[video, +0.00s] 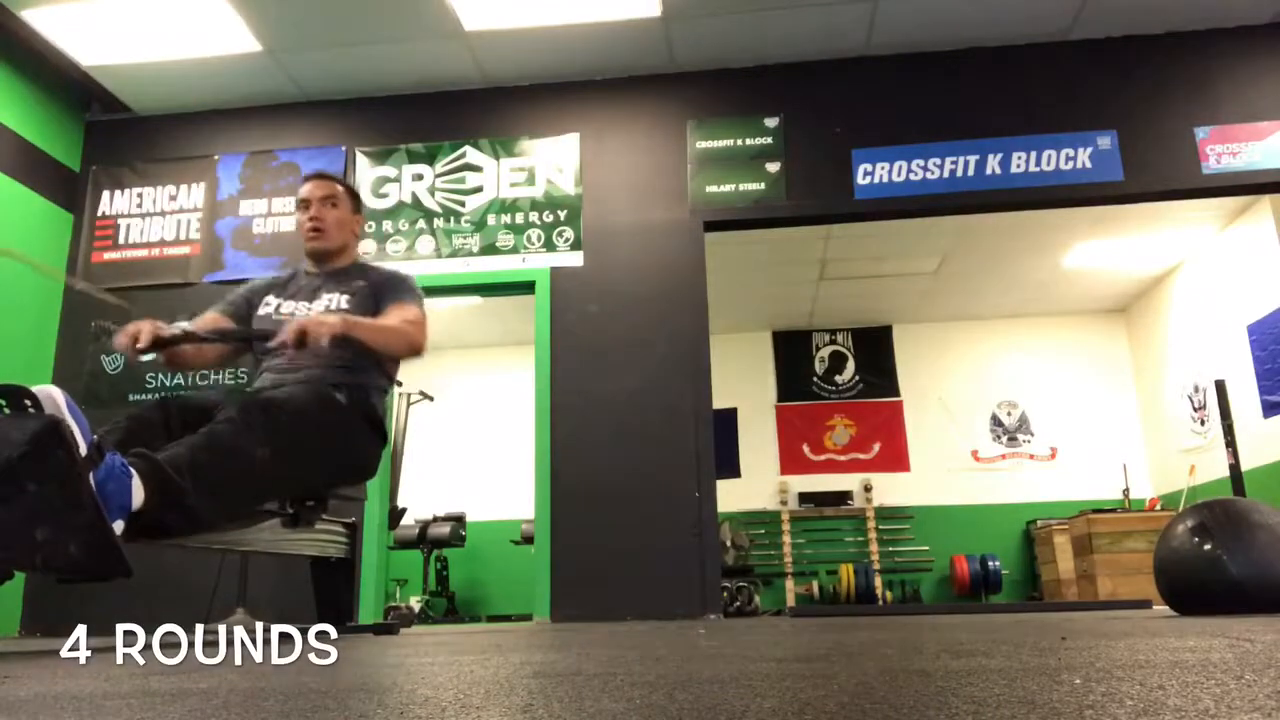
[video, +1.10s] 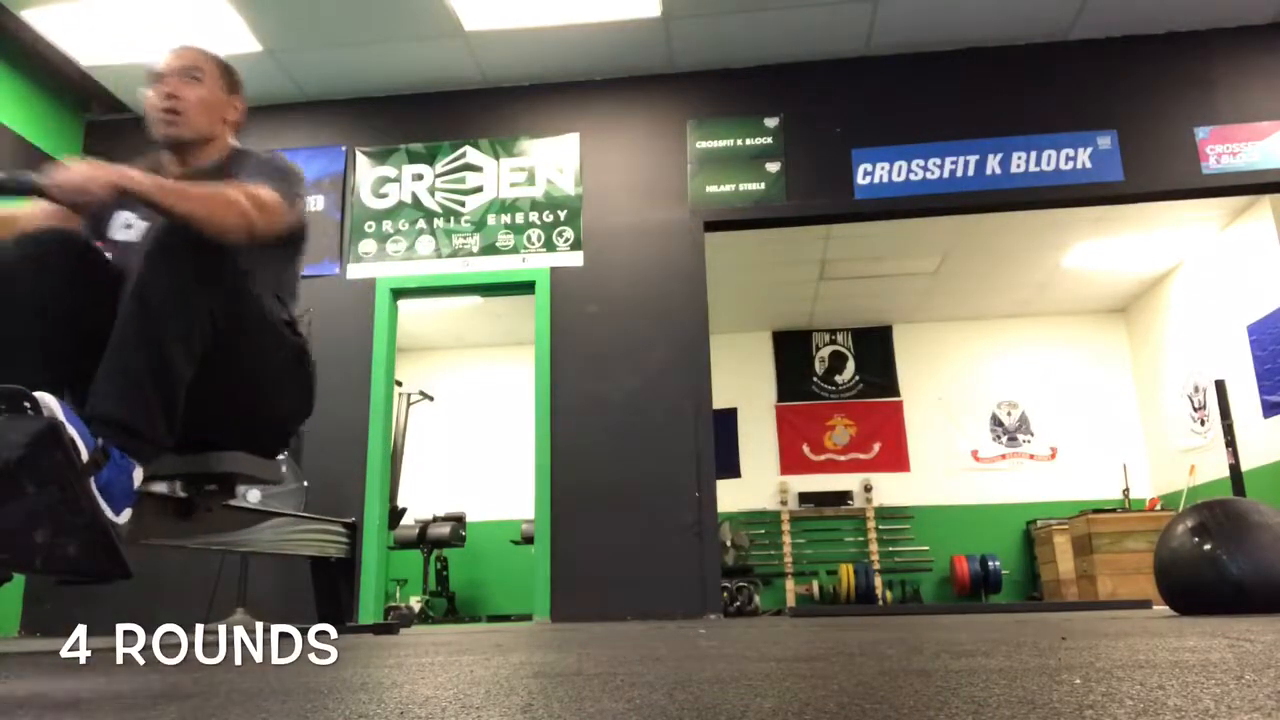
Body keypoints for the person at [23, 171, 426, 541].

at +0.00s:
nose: (314, 214)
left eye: (330, 204)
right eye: (305, 207)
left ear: (358, 222)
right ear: (298, 224)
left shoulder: (386, 281)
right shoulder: (270, 291)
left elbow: (412, 337)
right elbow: (206, 340)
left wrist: (343, 325)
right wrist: (165, 337)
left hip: (343, 410)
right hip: (266, 403)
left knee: (249, 429)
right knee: (171, 414)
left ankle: (130, 490)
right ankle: (92, 454)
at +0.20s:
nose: (282, 189)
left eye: (300, 178)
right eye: (273, 180)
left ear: (332, 197)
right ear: (264, 195)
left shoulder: (367, 259)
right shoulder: (245, 270)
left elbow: (382, 304)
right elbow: (160, 312)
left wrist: (307, 291)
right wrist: (111, 309)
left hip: (337, 418)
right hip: (244, 407)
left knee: (245, 372)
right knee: (142, 375)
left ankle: (126, 490)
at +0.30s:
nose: (259, 175)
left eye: (277, 163)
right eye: (249, 166)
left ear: (311, 182)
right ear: (240, 183)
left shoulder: (344, 244)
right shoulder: (227, 255)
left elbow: (364, 289)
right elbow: (145, 294)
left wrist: (275, 279)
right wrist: (80, 296)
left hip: (325, 422)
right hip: (231, 419)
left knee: (245, 342)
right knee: (129, 340)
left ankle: (126, 486)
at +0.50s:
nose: (193, 133)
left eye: (213, 118)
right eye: (182, 122)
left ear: (253, 139)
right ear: (171, 141)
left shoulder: (294, 203)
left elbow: (313, 250)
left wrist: (190, 242)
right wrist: (113, 263)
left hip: (286, 411)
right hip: (178, 410)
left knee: (220, 282)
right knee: (79, 289)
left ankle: (125, 470)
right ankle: (14, 442)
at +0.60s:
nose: (153, 109)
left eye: (175, 94)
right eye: (141, 98)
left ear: (220, 118)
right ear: (130, 119)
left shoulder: (267, 178)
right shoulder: (108, 193)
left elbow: (273, 227)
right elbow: (17, 230)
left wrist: (137, 216)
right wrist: (68, 238)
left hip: (263, 407)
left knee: (208, 257)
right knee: (44, 265)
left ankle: (123, 461)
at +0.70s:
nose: (117, 89)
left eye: (140, 73)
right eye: (103, 78)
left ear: (189, 98)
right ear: (92, 100)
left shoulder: (238, 161)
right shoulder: (74, 178)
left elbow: (237, 201)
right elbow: (15, 194)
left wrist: (76, 187)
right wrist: (11, 213)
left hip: (241, 400)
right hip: (115, 391)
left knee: (194, 230)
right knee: (33, 241)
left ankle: (124, 455)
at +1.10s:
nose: (166, 91)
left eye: (191, 79)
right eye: (158, 81)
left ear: (234, 110)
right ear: (145, 107)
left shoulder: (271, 174)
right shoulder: (120, 187)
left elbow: (244, 218)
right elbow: (31, 222)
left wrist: (122, 179)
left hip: (250, 396)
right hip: (135, 388)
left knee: (187, 243)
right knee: (49, 253)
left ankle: (117, 458)